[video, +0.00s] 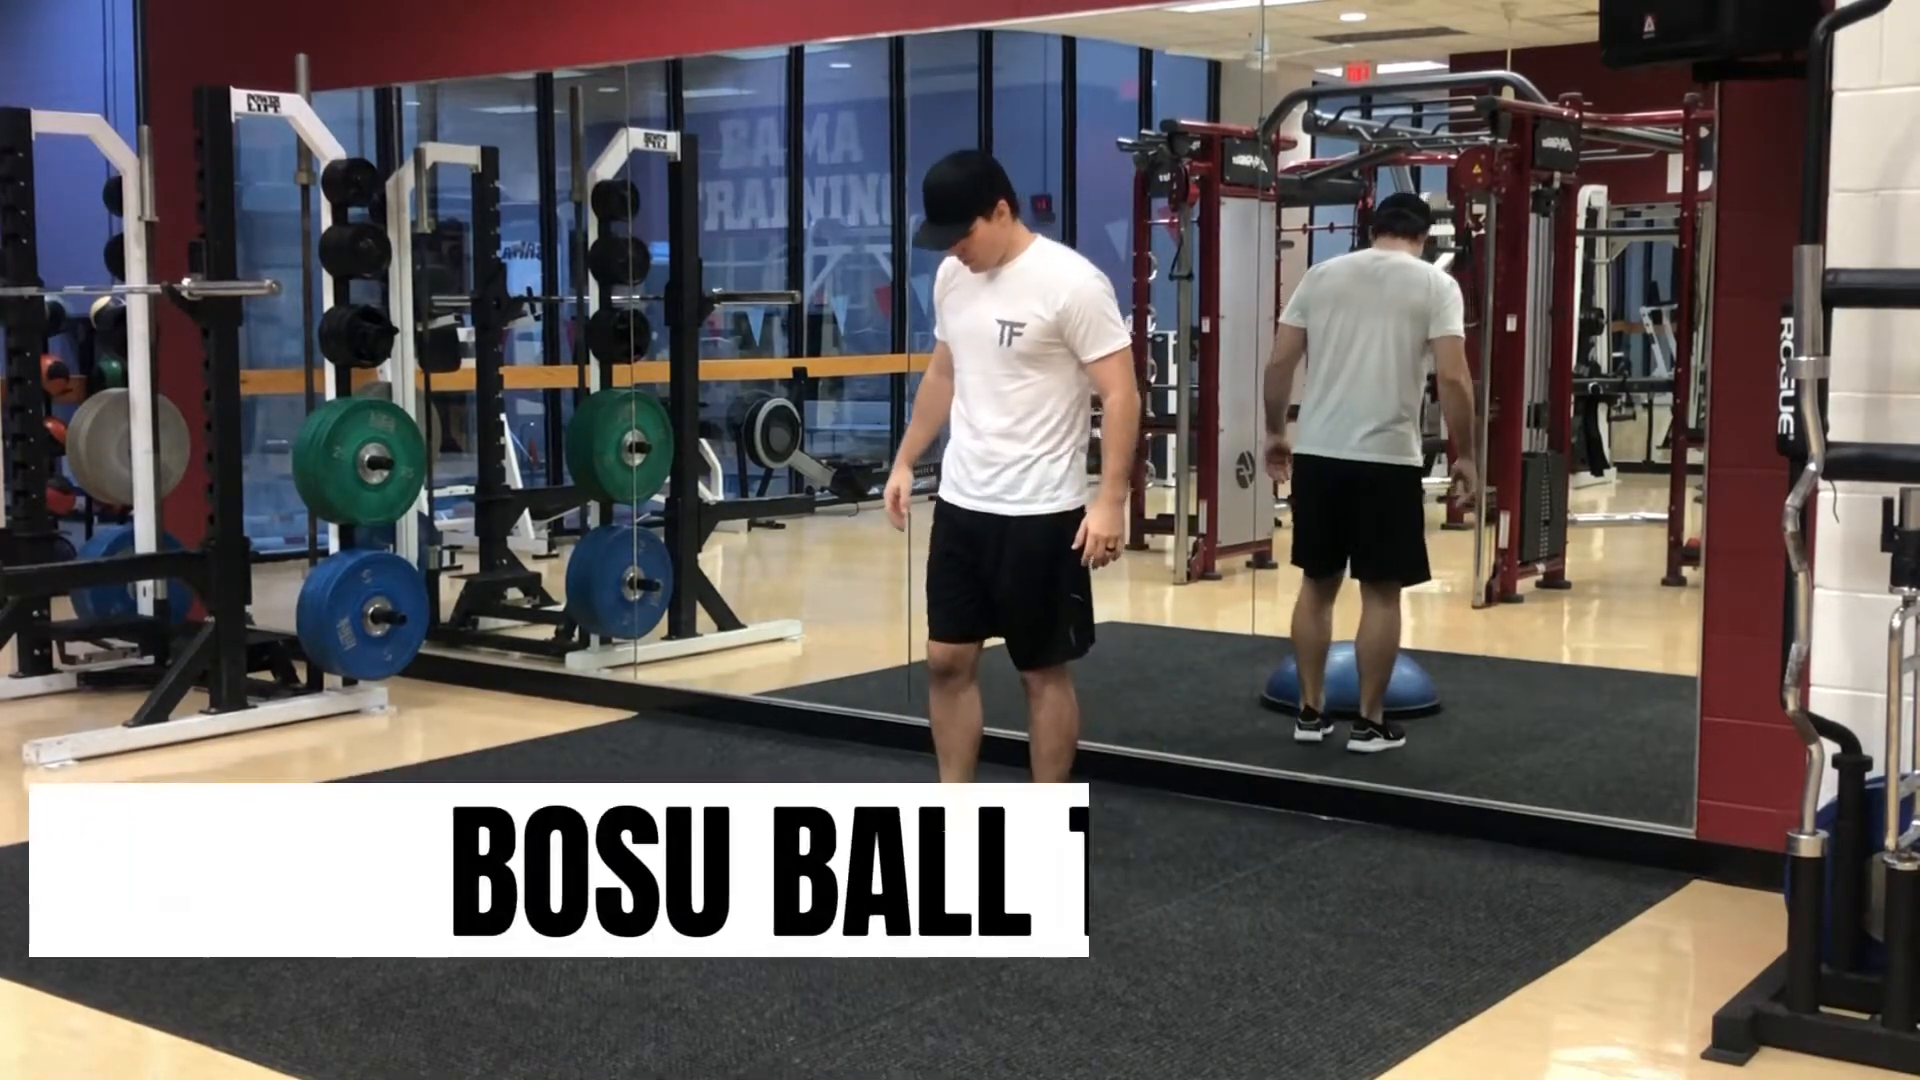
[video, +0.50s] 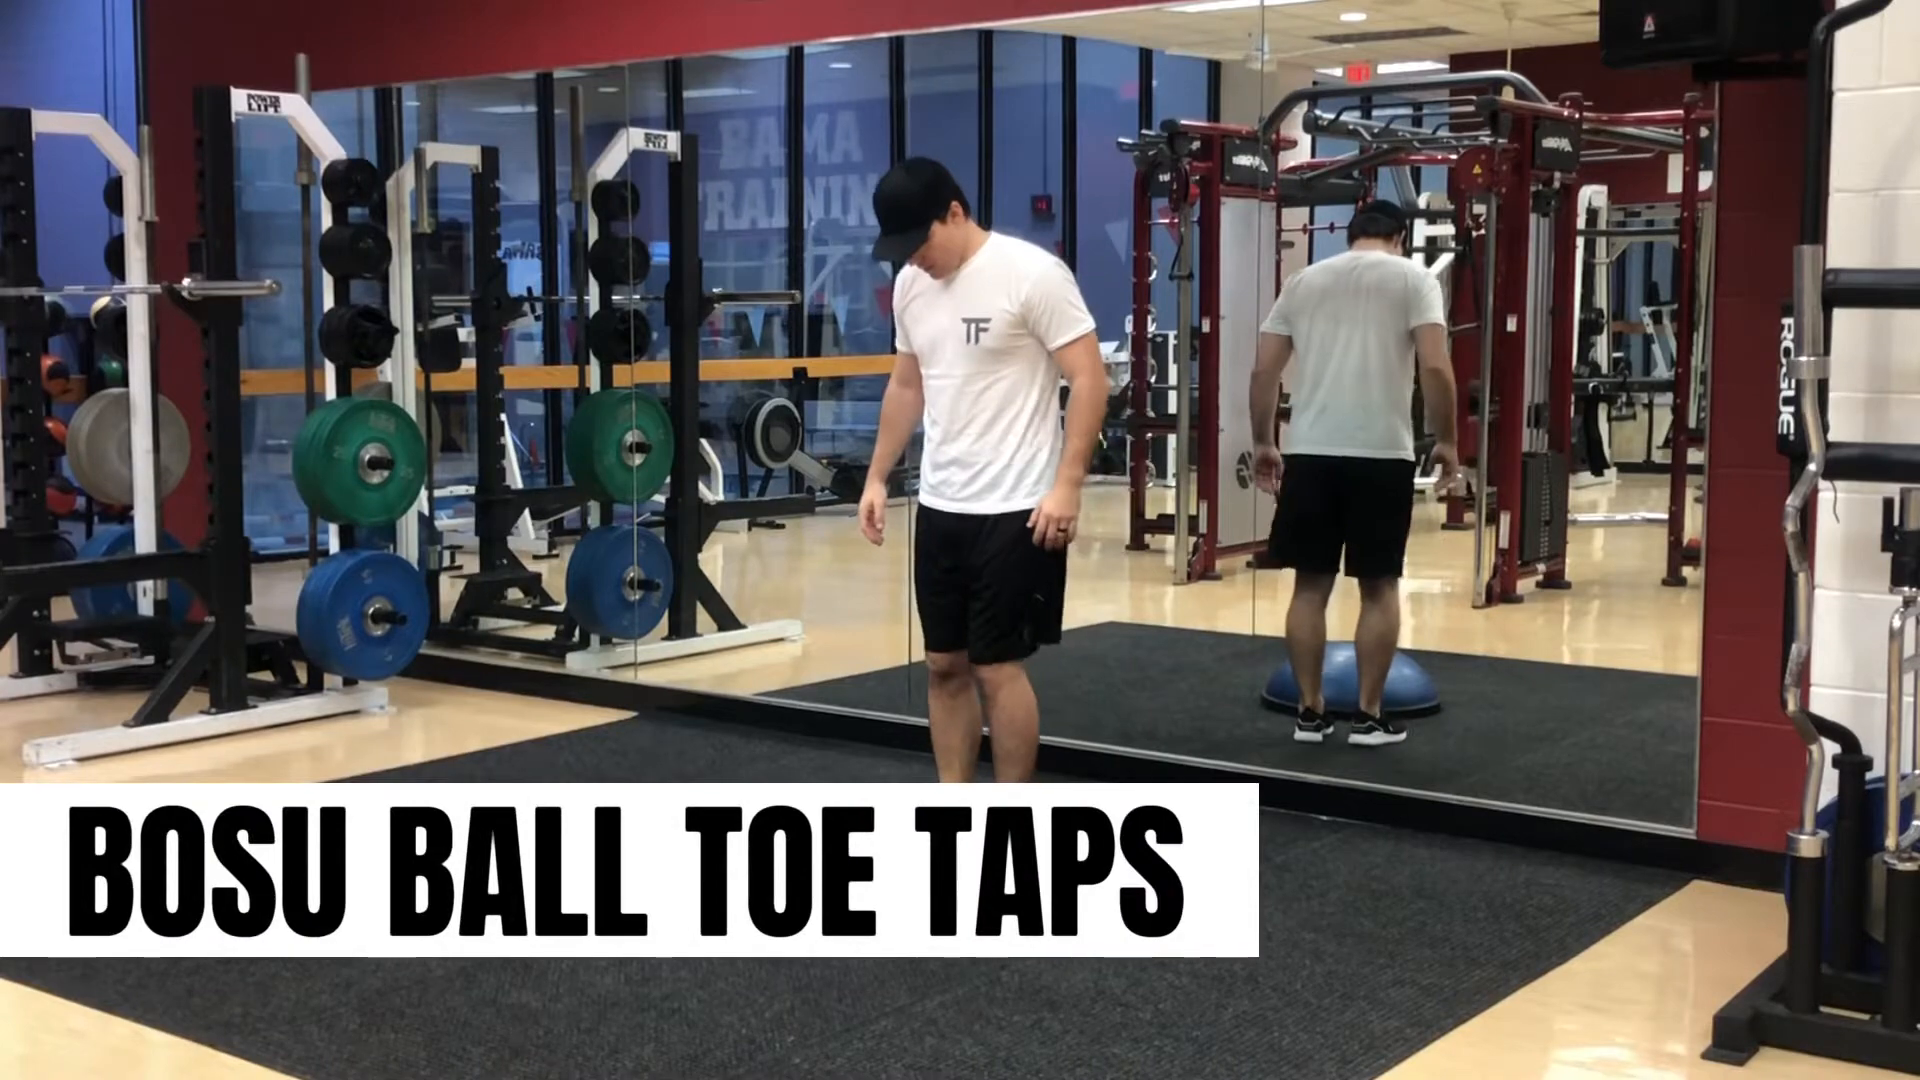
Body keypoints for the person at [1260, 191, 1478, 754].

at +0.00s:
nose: (1425, 250)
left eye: (1421, 244)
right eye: (1427, 243)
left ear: (1372, 231)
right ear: (1421, 239)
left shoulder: (1322, 274)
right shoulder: (1434, 283)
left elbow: (1278, 364)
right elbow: (1453, 381)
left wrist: (1274, 432)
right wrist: (1466, 456)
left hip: (1317, 460)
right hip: (1388, 467)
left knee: (1317, 583)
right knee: (1381, 592)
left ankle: (1310, 712)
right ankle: (1369, 722)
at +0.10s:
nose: (1418, 252)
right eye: (1421, 245)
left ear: (1363, 233)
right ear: (1416, 241)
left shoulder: (1313, 276)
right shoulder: (1426, 284)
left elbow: (1272, 365)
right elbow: (1444, 377)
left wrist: (1273, 433)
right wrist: (1458, 453)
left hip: (1312, 460)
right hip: (1383, 467)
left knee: (1312, 587)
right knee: (1379, 593)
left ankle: (1309, 713)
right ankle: (1369, 722)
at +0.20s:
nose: (1410, 253)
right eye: (1412, 246)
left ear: (1357, 234)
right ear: (1405, 242)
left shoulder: (1307, 278)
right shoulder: (1417, 283)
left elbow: (1266, 368)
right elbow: (1438, 375)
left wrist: (1271, 438)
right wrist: (1454, 452)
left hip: (1307, 461)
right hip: (1379, 466)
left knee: (1308, 587)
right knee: (1380, 593)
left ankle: (1309, 714)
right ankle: (1369, 720)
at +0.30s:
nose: (1402, 252)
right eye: (1404, 245)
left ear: (1350, 236)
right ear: (1398, 241)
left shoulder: (1302, 280)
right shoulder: (1412, 279)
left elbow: (1264, 370)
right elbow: (1430, 372)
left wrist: (1266, 442)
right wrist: (1449, 448)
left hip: (1305, 460)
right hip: (1377, 464)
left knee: (1306, 586)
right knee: (1381, 588)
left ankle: (1310, 712)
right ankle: (1369, 710)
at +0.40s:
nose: (1402, 251)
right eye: (1403, 245)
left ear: (1349, 235)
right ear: (1396, 240)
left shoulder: (1302, 279)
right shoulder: (1411, 277)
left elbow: (1264, 370)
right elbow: (1430, 368)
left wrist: (1263, 444)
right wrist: (1445, 441)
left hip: (1307, 459)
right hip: (1379, 461)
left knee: (1307, 586)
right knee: (1380, 587)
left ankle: (1310, 713)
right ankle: (1371, 712)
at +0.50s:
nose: (1404, 252)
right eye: (1405, 245)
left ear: (1350, 237)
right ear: (1397, 240)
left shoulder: (1305, 281)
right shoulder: (1415, 278)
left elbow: (1264, 370)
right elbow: (1435, 367)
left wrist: (1263, 443)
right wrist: (1446, 441)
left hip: (1310, 460)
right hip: (1382, 463)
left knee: (1310, 586)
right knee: (1379, 589)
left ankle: (1310, 713)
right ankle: (1369, 715)